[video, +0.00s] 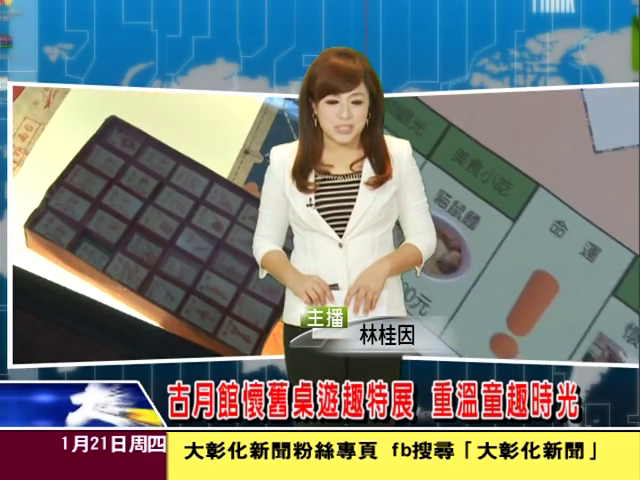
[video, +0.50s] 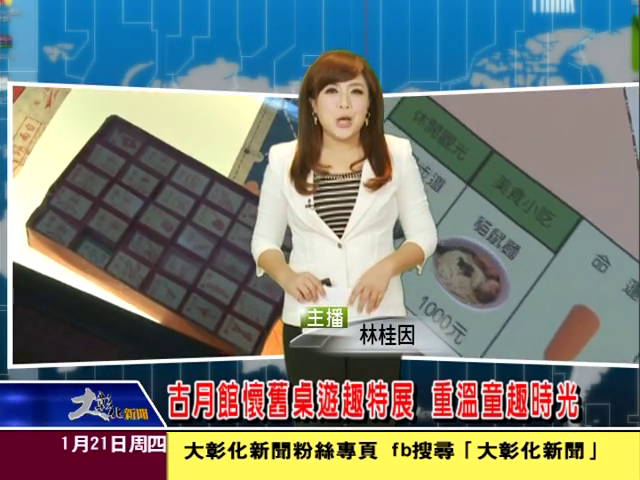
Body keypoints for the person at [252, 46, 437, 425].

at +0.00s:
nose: (345, 115)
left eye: (357, 102)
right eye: (332, 103)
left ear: (371, 105)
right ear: (312, 107)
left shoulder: (395, 156)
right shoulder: (285, 161)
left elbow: (424, 239)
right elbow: (265, 243)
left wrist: (382, 267)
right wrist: (296, 279)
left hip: (378, 325)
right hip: (308, 324)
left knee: (377, 440)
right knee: (315, 439)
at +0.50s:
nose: (345, 104)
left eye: (356, 92)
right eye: (332, 92)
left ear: (370, 103)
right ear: (313, 103)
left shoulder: (395, 155)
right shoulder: (285, 160)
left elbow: (424, 237)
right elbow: (264, 242)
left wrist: (386, 267)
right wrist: (289, 276)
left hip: (377, 324)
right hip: (307, 323)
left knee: (376, 441)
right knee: (314, 440)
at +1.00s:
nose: (343, 105)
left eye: (354, 93)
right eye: (330, 94)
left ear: (369, 102)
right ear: (311, 104)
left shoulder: (395, 155)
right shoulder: (285, 159)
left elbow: (422, 236)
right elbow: (264, 241)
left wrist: (388, 265)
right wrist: (288, 275)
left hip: (376, 325)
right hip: (307, 324)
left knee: (375, 443)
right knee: (314, 442)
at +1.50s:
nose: (343, 105)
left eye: (355, 94)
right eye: (330, 94)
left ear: (370, 103)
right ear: (312, 104)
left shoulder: (395, 155)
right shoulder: (286, 159)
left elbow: (422, 237)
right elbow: (268, 242)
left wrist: (389, 265)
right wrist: (289, 273)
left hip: (376, 326)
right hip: (307, 324)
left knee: (375, 441)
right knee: (313, 440)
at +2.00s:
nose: (343, 105)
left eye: (355, 94)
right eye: (330, 94)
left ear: (370, 103)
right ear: (312, 104)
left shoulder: (395, 155)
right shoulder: (286, 159)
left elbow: (423, 237)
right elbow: (268, 242)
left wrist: (388, 265)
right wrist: (289, 274)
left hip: (377, 325)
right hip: (308, 323)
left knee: (375, 441)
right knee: (314, 440)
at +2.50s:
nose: (350, 106)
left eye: (359, 94)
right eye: (335, 95)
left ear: (370, 102)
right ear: (312, 106)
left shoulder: (394, 155)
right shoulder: (284, 160)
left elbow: (422, 236)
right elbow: (267, 243)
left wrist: (387, 265)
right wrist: (288, 274)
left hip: (377, 325)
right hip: (307, 324)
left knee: (377, 440)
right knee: (314, 440)